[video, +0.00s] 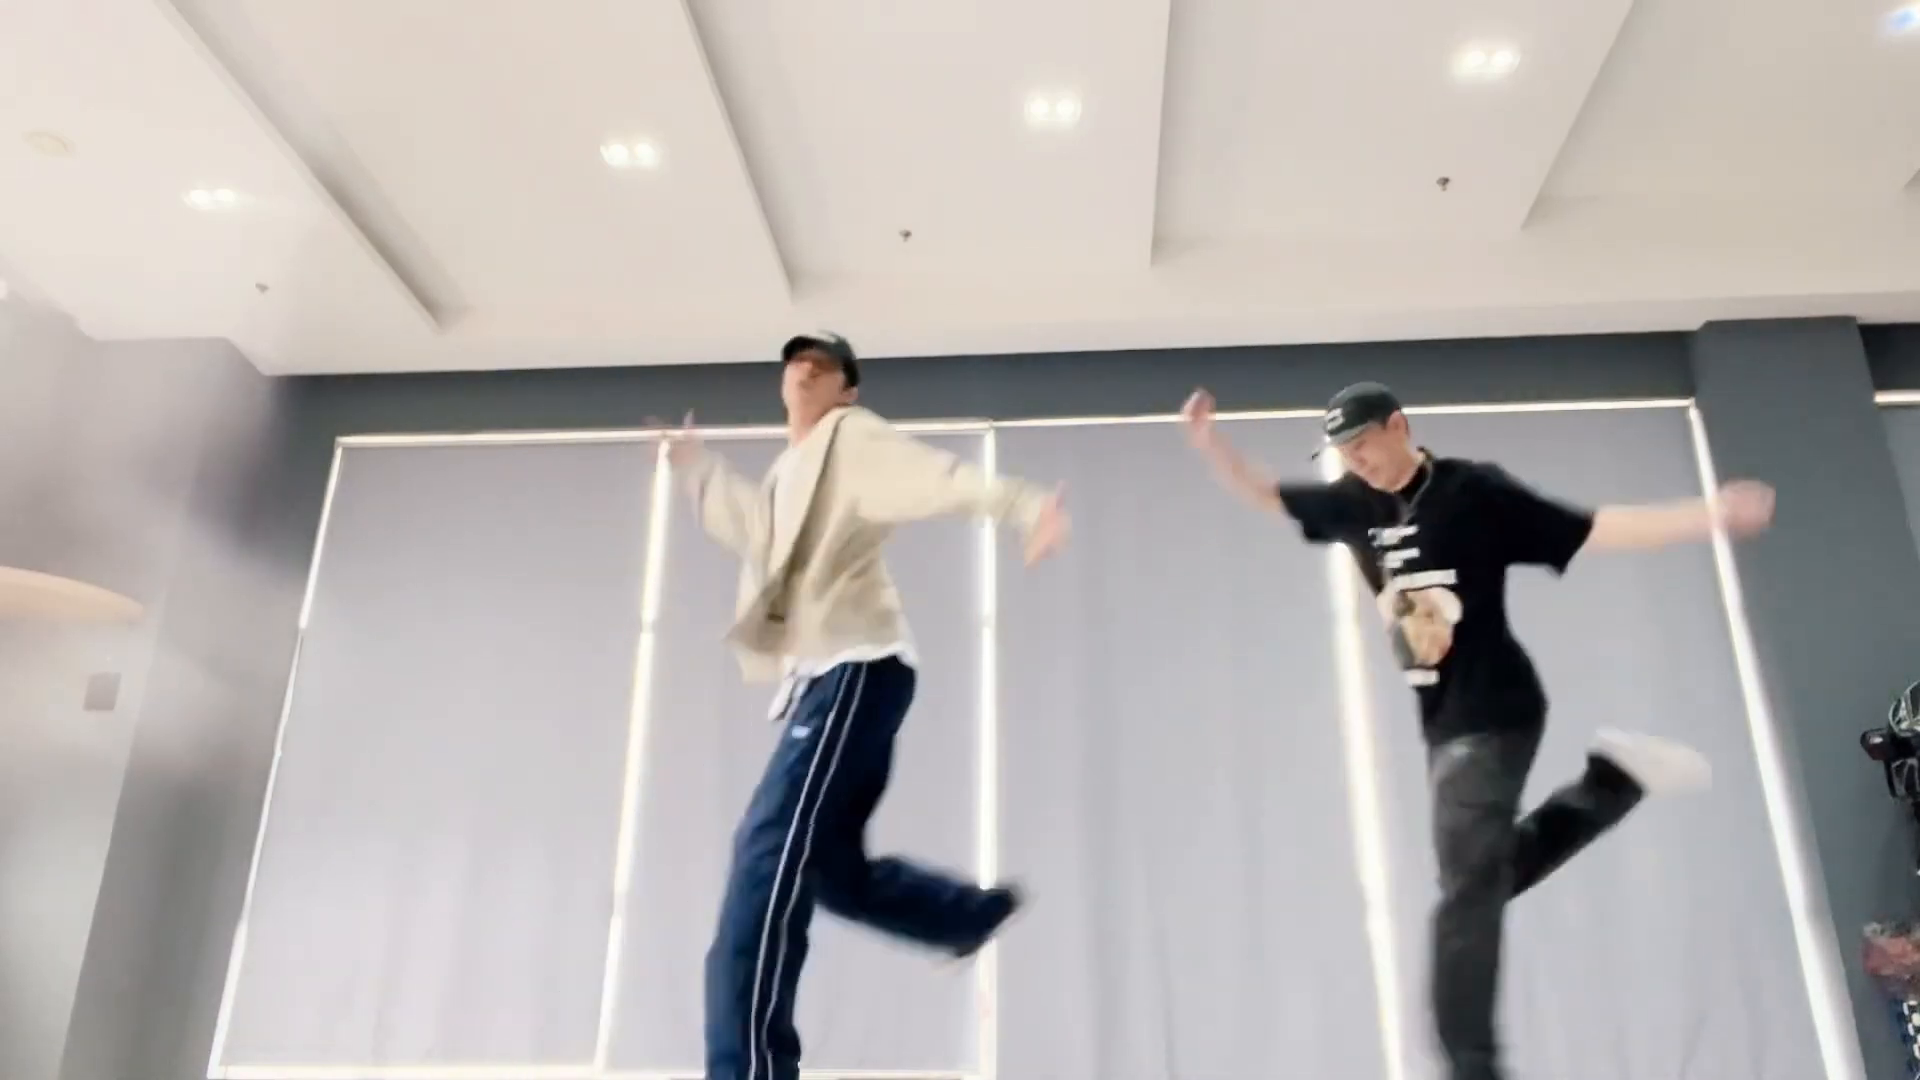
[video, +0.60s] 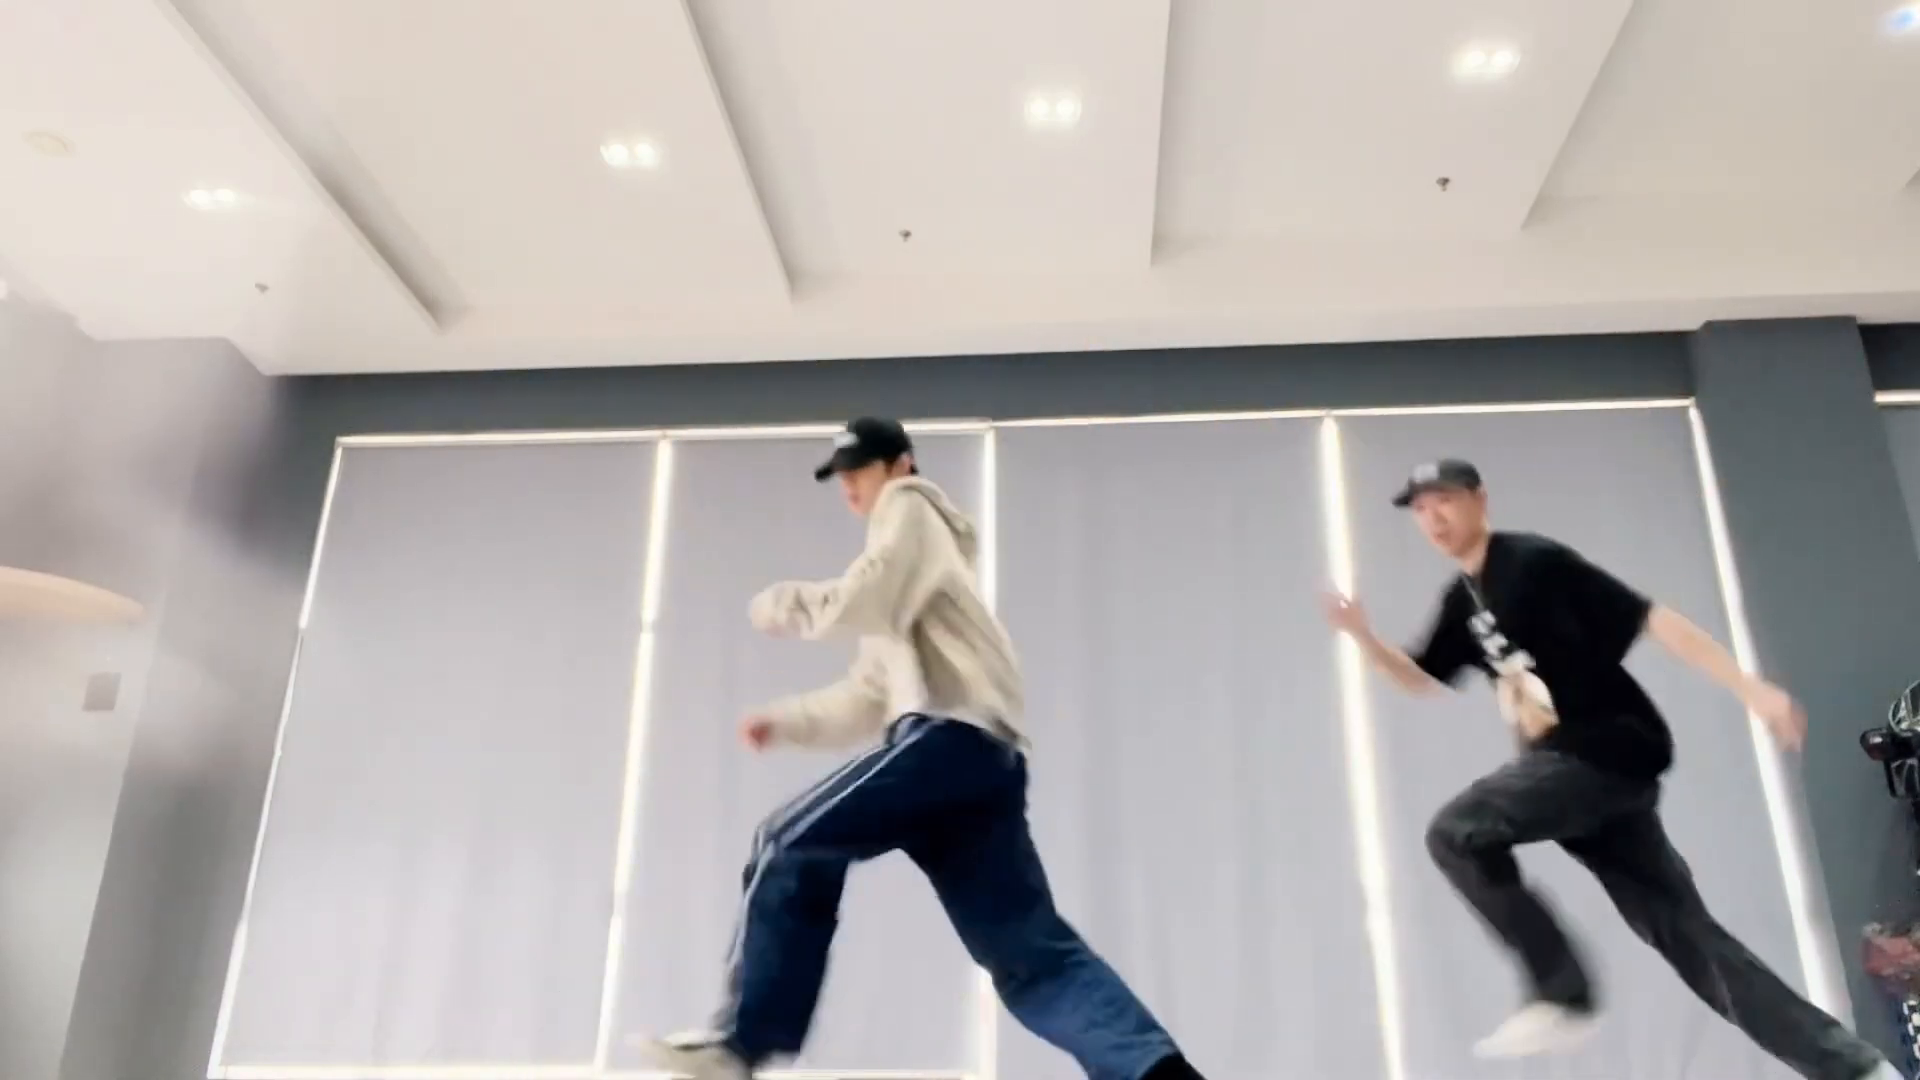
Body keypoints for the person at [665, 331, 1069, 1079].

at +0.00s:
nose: (803, 375)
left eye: (820, 368)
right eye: (794, 366)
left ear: (846, 390)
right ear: (781, 388)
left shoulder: (853, 437)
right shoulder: (783, 472)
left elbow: (931, 475)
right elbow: (756, 536)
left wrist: (1021, 503)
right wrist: (698, 468)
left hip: (858, 672)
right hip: (823, 677)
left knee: (771, 850)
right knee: (833, 868)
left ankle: (749, 1063)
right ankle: (968, 916)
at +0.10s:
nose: (838, 372)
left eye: (855, 368)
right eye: (830, 365)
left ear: (877, 390)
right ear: (811, 385)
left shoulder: (883, 432)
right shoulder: (797, 442)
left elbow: (976, 429)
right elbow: (778, 406)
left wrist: (1078, 412)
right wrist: (749, 352)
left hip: (896, 662)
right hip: (871, 666)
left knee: (803, 830)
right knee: (922, 847)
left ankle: (884, 1026)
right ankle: (1094, 847)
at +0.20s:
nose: (862, 392)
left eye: (880, 387)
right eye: (854, 382)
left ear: (901, 413)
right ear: (836, 401)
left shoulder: (905, 458)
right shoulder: (823, 467)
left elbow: (991, 436)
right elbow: (819, 405)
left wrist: (1071, 392)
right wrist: (800, 342)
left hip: (909, 684)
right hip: (906, 686)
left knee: (893, 892)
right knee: (982, 839)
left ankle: (998, 1037)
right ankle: (1138, 870)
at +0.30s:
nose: (868, 401)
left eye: (883, 390)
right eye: (857, 393)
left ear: (914, 406)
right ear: (848, 411)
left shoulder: (937, 453)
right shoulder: (849, 486)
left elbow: (1006, 460)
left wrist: (1019, 464)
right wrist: (783, 451)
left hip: (940, 691)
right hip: (951, 696)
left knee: (857, 869)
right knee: (1016, 880)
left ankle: (984, 1049)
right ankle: (1186, 966)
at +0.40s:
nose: (873, 464)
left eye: (881, 445)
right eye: (862, 456)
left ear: (917, 438)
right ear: (865, 466)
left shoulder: (961, 480)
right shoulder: (890, 527)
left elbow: (1000, 552)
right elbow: (844, 634)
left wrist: (883, 594)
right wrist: (781, 609)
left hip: (963, 710)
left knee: (808, 815)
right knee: (1025, 916)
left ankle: (926, 954)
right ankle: (1159, 1067)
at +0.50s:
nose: (870, 513)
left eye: (877, 494)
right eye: (862, 503)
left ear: (921, 483)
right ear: (870, 508)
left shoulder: (955, 535)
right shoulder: (915, 581)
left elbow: (931, 619)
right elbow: (907, 714)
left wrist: (835, 626)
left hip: (984, 748)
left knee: (800, 794)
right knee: (1019, 959)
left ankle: (873, 962)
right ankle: (1145, 1068)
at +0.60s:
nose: (845, 489)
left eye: (853, 473)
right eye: (840, 478)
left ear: (894, 464)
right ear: (888, 472)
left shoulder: (908, 508)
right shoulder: (904, 547)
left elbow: (866, 599)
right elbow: (875, 696)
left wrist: (779, 605)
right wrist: (787, 721)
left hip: (947, 739)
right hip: (980, 763)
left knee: (791, 842)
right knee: (1031, 952)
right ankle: (1152, 1065)